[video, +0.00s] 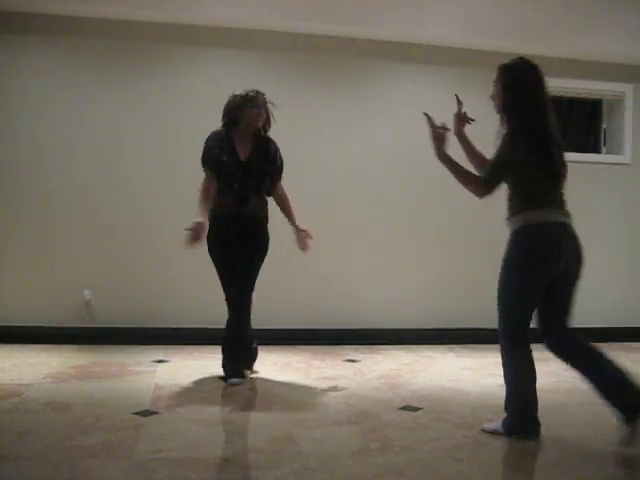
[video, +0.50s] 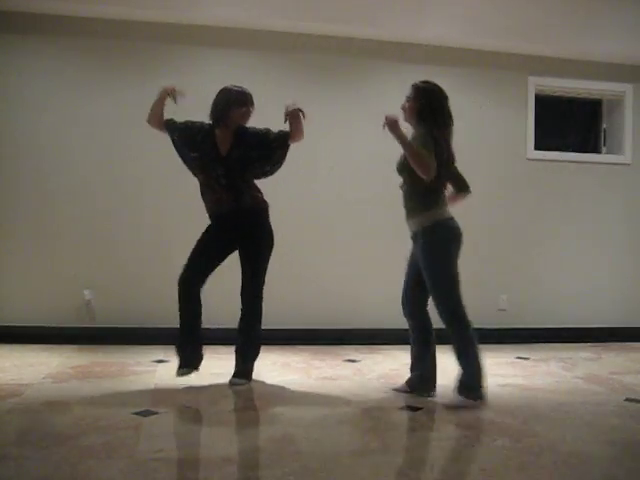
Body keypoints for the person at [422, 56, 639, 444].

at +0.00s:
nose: (492, 93)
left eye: (496, 86)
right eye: (494, 85)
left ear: (510, 93)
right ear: (533, 92)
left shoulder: (518, 135)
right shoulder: (545, 132)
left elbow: (483, 186)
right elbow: (494, 171)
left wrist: (442, 153)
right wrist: (463, 137)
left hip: (530, 242)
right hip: (564, 241)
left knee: (512, 332)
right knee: (556, 333)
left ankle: (521, 421)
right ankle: (631, 402)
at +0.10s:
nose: (475, 89)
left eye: (479, 82)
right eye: (477, 82)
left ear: (492, 88)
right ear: (516, 87)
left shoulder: (498, 127)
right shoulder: (526, 125)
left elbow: (459, 175)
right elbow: (476, 164)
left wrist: (419, 147)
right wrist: (448, 135)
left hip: (511, 237)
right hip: (536, 233)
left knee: (514, 326)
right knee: (507, 317)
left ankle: (523, 420)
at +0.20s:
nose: (460, 99)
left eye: (464, 93)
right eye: (463, 92)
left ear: (472, 100)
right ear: (501, 100)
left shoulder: (475, 135)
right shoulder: (505, 135)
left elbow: (444, 186)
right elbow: (463, 179)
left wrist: (411, 161)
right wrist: (438, 152)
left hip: (490, 243)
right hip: (513, 239)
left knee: (506, 333)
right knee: (466, 309)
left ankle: (526, 420)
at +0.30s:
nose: (437, 116)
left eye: (443, 110)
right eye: (440, 110)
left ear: (457, 116)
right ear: (472, 116)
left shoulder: (454, 153)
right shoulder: (480, 150)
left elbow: (434, 204)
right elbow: (450, 198)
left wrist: (400, 183)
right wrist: (419, 189)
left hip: (468, 250)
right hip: (485, 247)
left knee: (496, 335)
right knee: (435, 308)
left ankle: (525, 419)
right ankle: (423, 382)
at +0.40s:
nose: (418, 119)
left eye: (423, 114)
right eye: (420, 112)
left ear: (437, 120)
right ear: (445, 119)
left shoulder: (438, 151)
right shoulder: (452, 150)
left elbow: (432, 196)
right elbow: (455, 197)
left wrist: (393, 172)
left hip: (449, 249)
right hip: (456, 246)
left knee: (474, 325)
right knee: (414, 307)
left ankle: (517, 400)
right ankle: (418, 388)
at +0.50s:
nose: (403, 104)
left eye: (409, 100)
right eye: (406, 99)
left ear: (422, 106)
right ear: (427, 108)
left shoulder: (424, 135)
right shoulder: (433, 141)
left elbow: (427, 172)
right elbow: (462, 188)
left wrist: (399, 136)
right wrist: (434, 205)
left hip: (435, 235)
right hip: (430, 234)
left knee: (450, 310)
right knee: (413, 303)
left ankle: (472, 386)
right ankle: (422, 380)